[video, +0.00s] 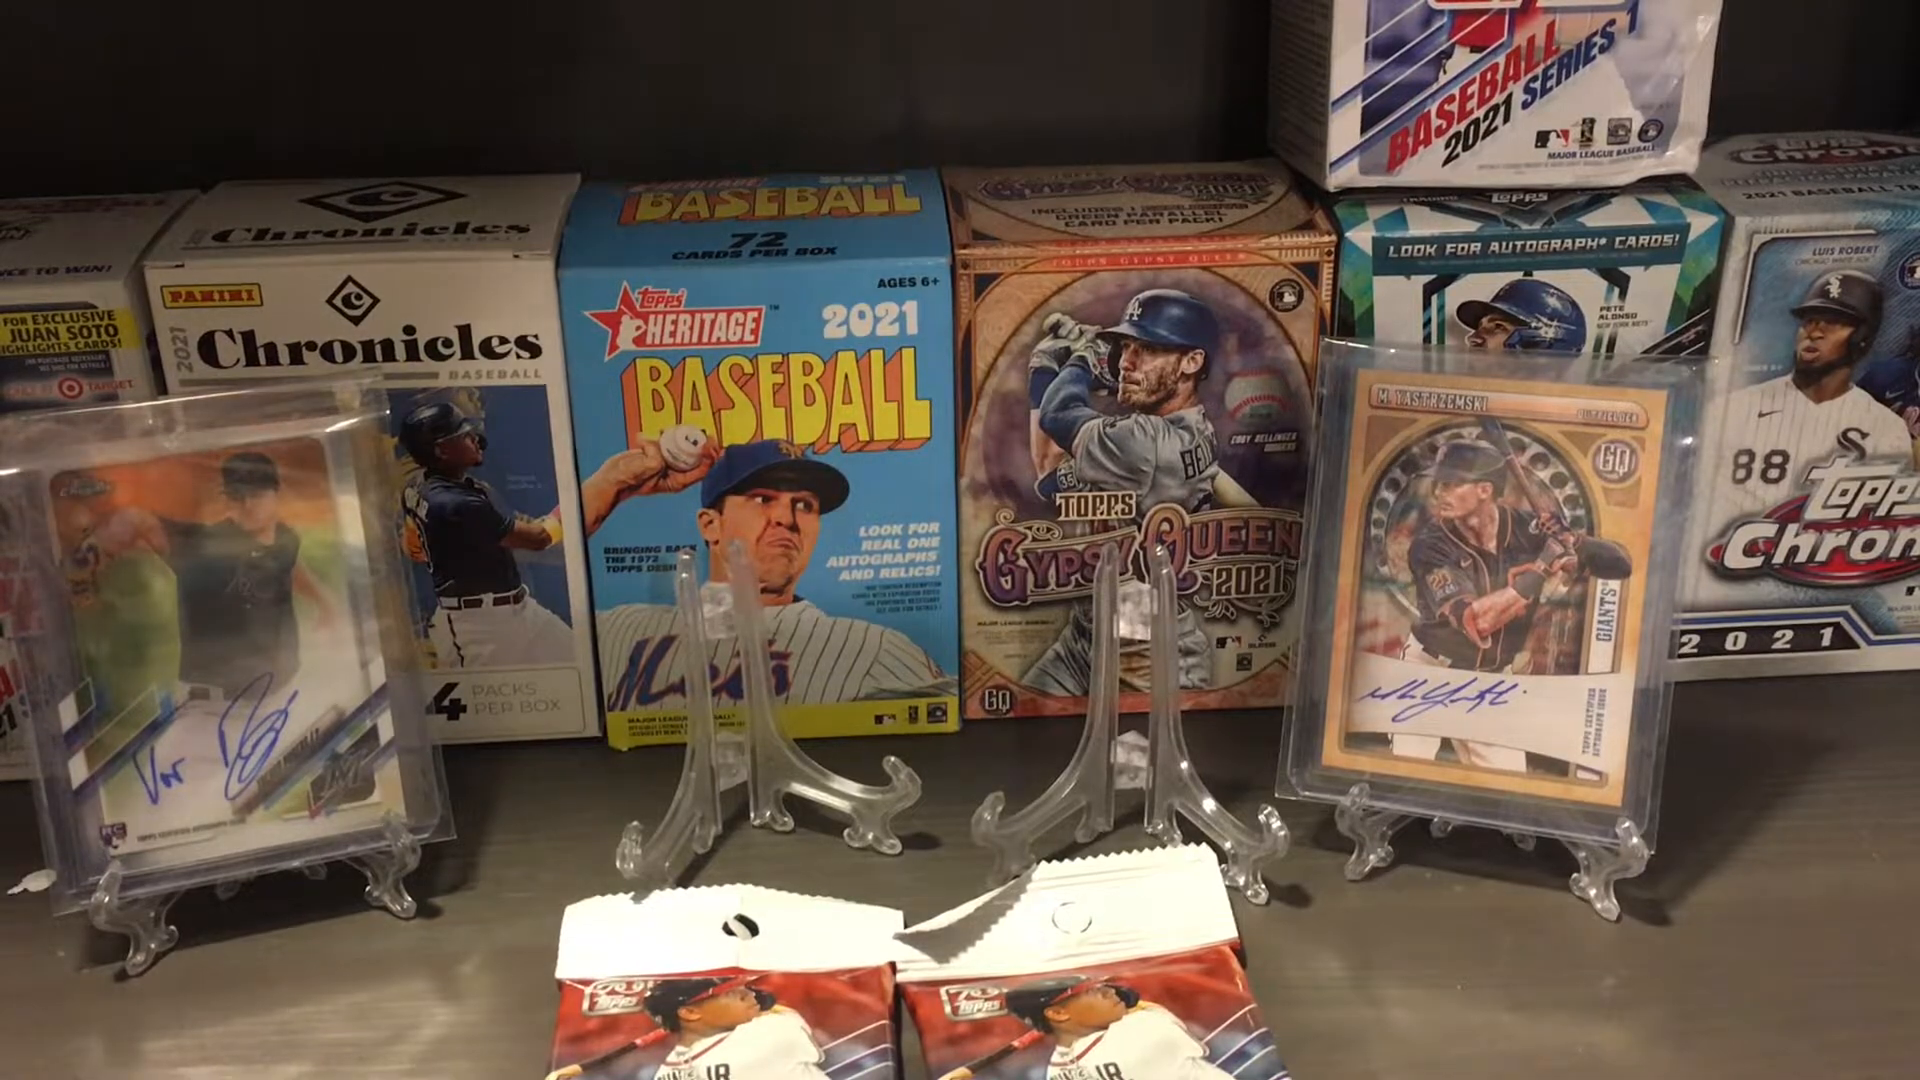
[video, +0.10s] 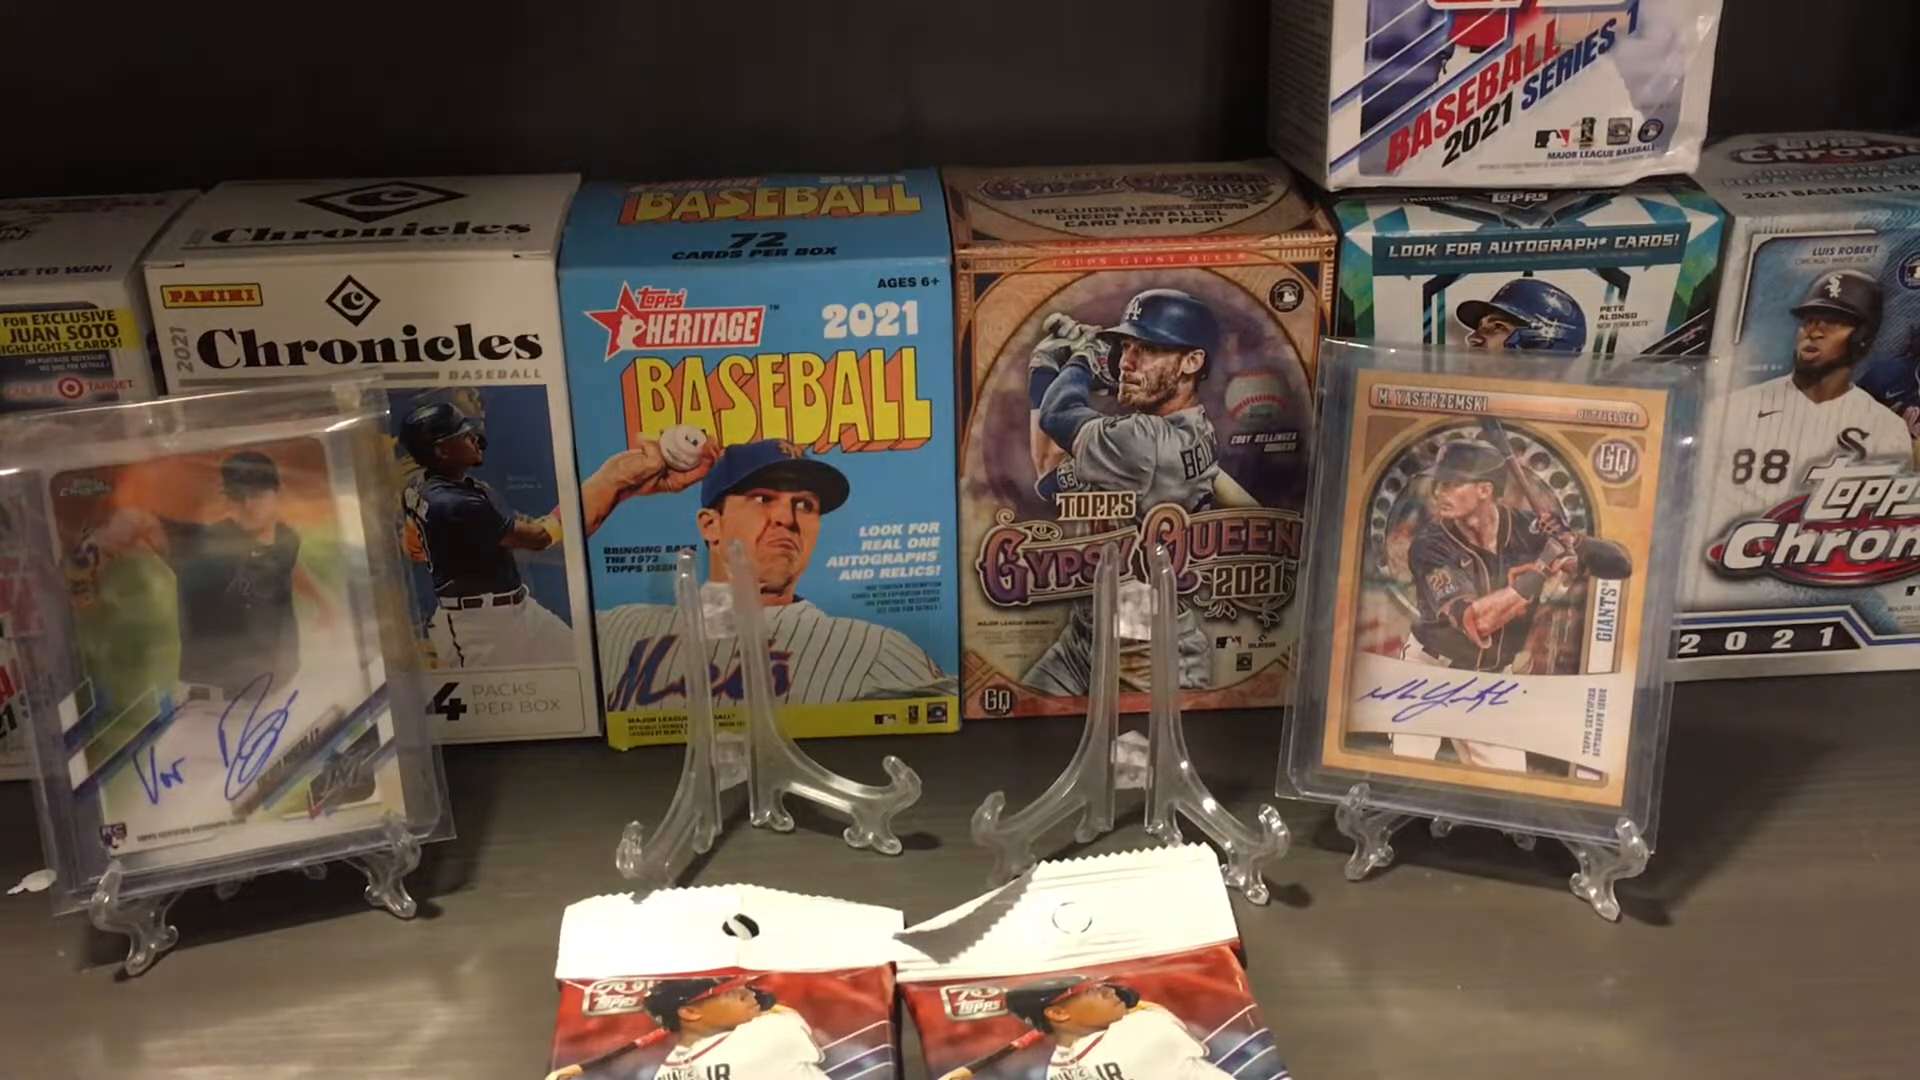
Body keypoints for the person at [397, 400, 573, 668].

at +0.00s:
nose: (474, 435)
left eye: (468, 429)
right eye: (463, 433)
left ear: (442, 451)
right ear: (441, 450)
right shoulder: (459, 506)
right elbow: (538, 538)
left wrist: (546, 522)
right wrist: (568, 512)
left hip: (520, 609)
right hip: (474, 623)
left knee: (588, 665)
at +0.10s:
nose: (474, 435)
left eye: (468, 429)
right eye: (463, 433)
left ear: (443, 452)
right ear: (442, 450)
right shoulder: (459, 506)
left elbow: (413, 544)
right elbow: (539, 537)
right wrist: (572, 510)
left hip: (519, 609)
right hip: (473, 624)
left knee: (587, 663)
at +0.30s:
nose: (474, 435)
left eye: (469, 429)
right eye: (464, 433)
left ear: (442, 451)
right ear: (441, 450)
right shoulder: (461, 505)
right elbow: (539, 537)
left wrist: (537, 524)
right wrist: (569, 510)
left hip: (520, 609)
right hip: (474, 623)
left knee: (588, 664)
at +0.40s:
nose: (474, 435)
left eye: (468, 429)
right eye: (463, 432)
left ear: (443, 451)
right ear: (442, 450)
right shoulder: (461, 506)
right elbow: (539, 537)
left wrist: (538, 523)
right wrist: (570, 509)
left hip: (520, 609)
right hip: (474, 624)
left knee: (588, 663)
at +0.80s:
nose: (474, 435)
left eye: (468, 429)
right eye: (463, 433)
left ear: (443, 452)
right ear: (442, 450)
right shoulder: (460, 506)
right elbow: (539, 538)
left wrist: (544, 522)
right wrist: (570, 511)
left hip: (520, 610)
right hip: (475, 624)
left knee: (588, 665)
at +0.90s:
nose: (474, 435)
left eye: (468, 429)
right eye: (463, 433)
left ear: (442, 451)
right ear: (442, 450)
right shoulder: (461, 506)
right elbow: (539, 537)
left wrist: (534, 524)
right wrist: (570, 510)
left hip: (520, 610)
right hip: (475, 624)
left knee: (589, 664)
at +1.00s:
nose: (474, 435)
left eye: (468, 429)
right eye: (463, 433)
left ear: (443, 451)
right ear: (442, 450)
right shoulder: (460, 506)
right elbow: (539, 537)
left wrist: (537, 524)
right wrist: (573, 507)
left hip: (519, 609)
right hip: (475, 623)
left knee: (587, 663)